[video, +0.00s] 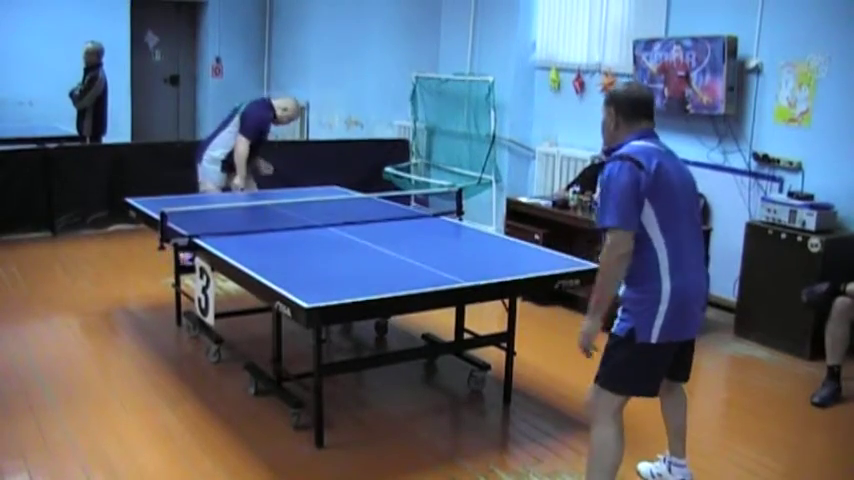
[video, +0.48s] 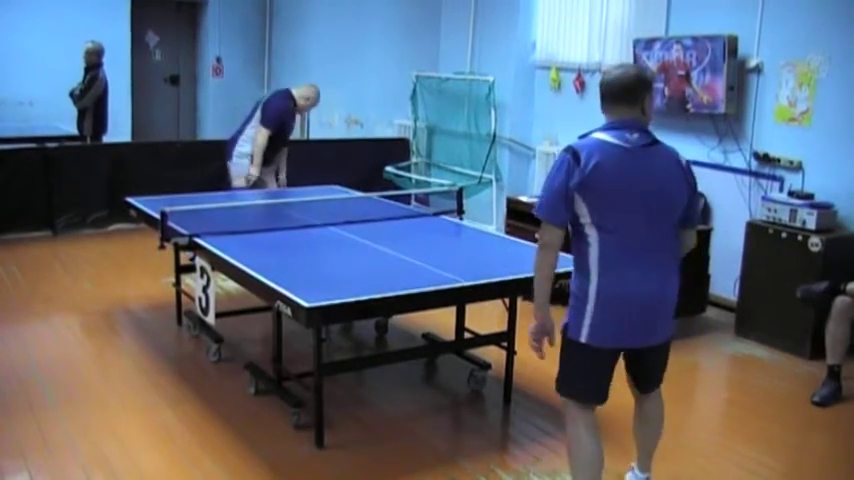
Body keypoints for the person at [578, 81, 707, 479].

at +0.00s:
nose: (602, 125)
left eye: (604, 116)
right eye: (604, 116)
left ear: (614, 117)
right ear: (647, 119)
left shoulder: (625, 165)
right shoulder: (669, 161)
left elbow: (618, 247)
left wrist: (594, 317)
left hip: (651, 309)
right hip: (687, 305)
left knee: (604, 404)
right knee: (672, 384)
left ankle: (599, 473)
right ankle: (677, 463)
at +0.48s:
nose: (652, 105)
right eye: (651, 99)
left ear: (602, 103)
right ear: (647, 102)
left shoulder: (577, 157)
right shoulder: (674, 163)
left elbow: (549, 242)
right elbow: (687, 241)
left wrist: (541, 313)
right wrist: (648, 258)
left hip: (597, 311)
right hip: (655, 311)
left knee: (578, 405)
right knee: (649, 391)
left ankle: (586, 476)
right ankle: (643, 472)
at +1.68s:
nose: (546, 111)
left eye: (548, 104)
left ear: (550, 106)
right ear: (591, 107)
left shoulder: (542, 156)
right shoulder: (622, 161)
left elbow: (522, 242)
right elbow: (635, 235)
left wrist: (520, 307)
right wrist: (618, 288)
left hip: (555, 306)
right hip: (612, 306)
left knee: (517, 402)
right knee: (620, 389)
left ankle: (502, 475)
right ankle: (631, 473)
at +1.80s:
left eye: (527, 100)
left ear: (528, 104)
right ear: (572, 102)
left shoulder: (516, 156)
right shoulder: (605, 158)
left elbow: (493, 243)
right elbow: (624, 234)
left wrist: (494, 304)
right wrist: (595, 272)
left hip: (536, 306)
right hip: (595, 304)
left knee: (501, 396)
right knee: (609, 388)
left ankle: (497, 476)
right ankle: (625, 474)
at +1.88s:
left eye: (517, 98)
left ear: (517, 101)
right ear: (562, 101)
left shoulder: (502, 155)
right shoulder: (595, 156)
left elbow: (477, 240)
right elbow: (616, 232)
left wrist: (475, 304)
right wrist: (588, 273)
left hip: (525, 307)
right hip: (586, 305)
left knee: (499, 399)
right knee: (599, 389)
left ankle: (495, 475)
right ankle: (613, 474)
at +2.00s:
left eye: (508, 93)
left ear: (508, 97)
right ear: (554, 96)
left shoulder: (492, 152)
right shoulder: (587, 154)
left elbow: (461, 237)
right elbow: (608, 230)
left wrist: (450, 302)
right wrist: (581, 272)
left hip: (513, 307)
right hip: (575, 305)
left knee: (497, 401)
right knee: (586, 391)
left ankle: (495, 476)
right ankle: (595, 475)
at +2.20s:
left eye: (508, 91)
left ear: (508, 95)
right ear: (555, 95)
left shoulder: (490, 151)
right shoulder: (584, 154)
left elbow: (453, 235)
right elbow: (604, 229)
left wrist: (434, 300)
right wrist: (585, 274)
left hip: (506, 308)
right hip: (567, 306)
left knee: (494, 400)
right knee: (577, 392)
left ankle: (495, 476)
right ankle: (587, 475)